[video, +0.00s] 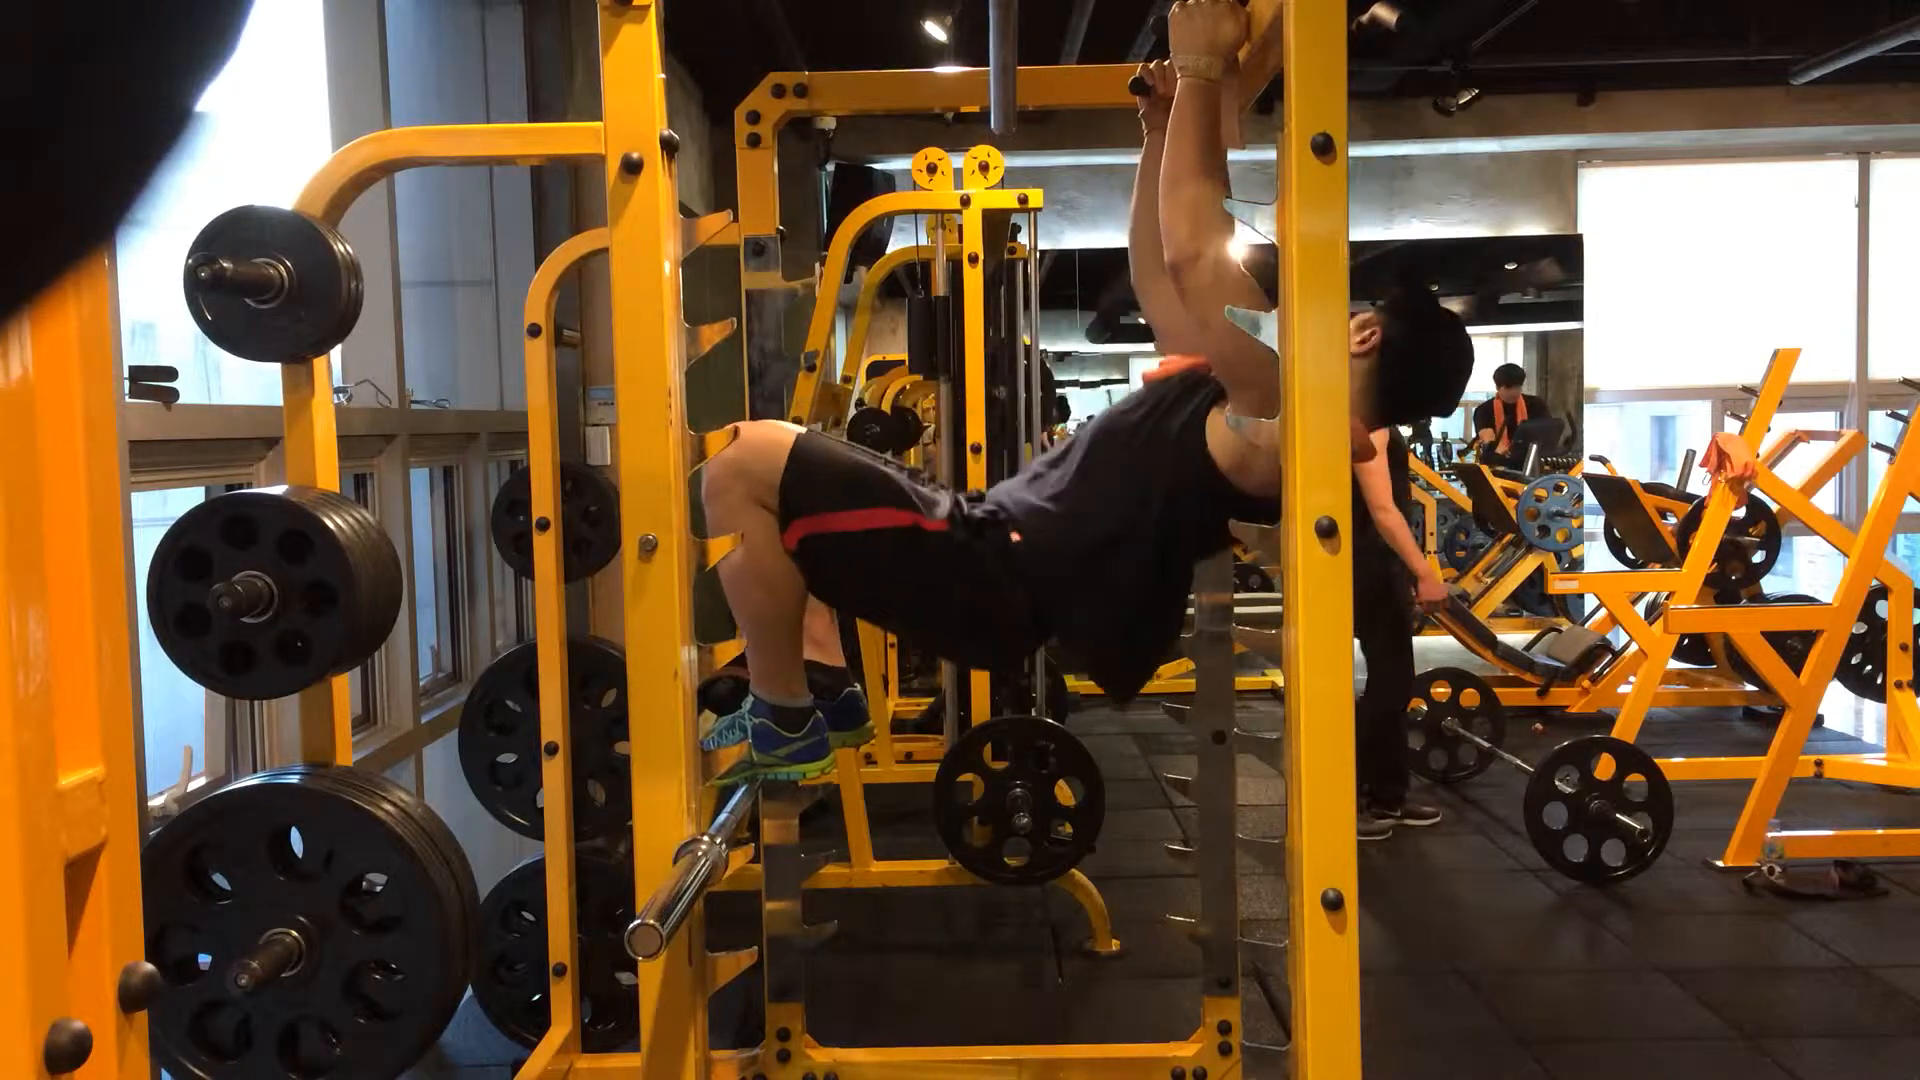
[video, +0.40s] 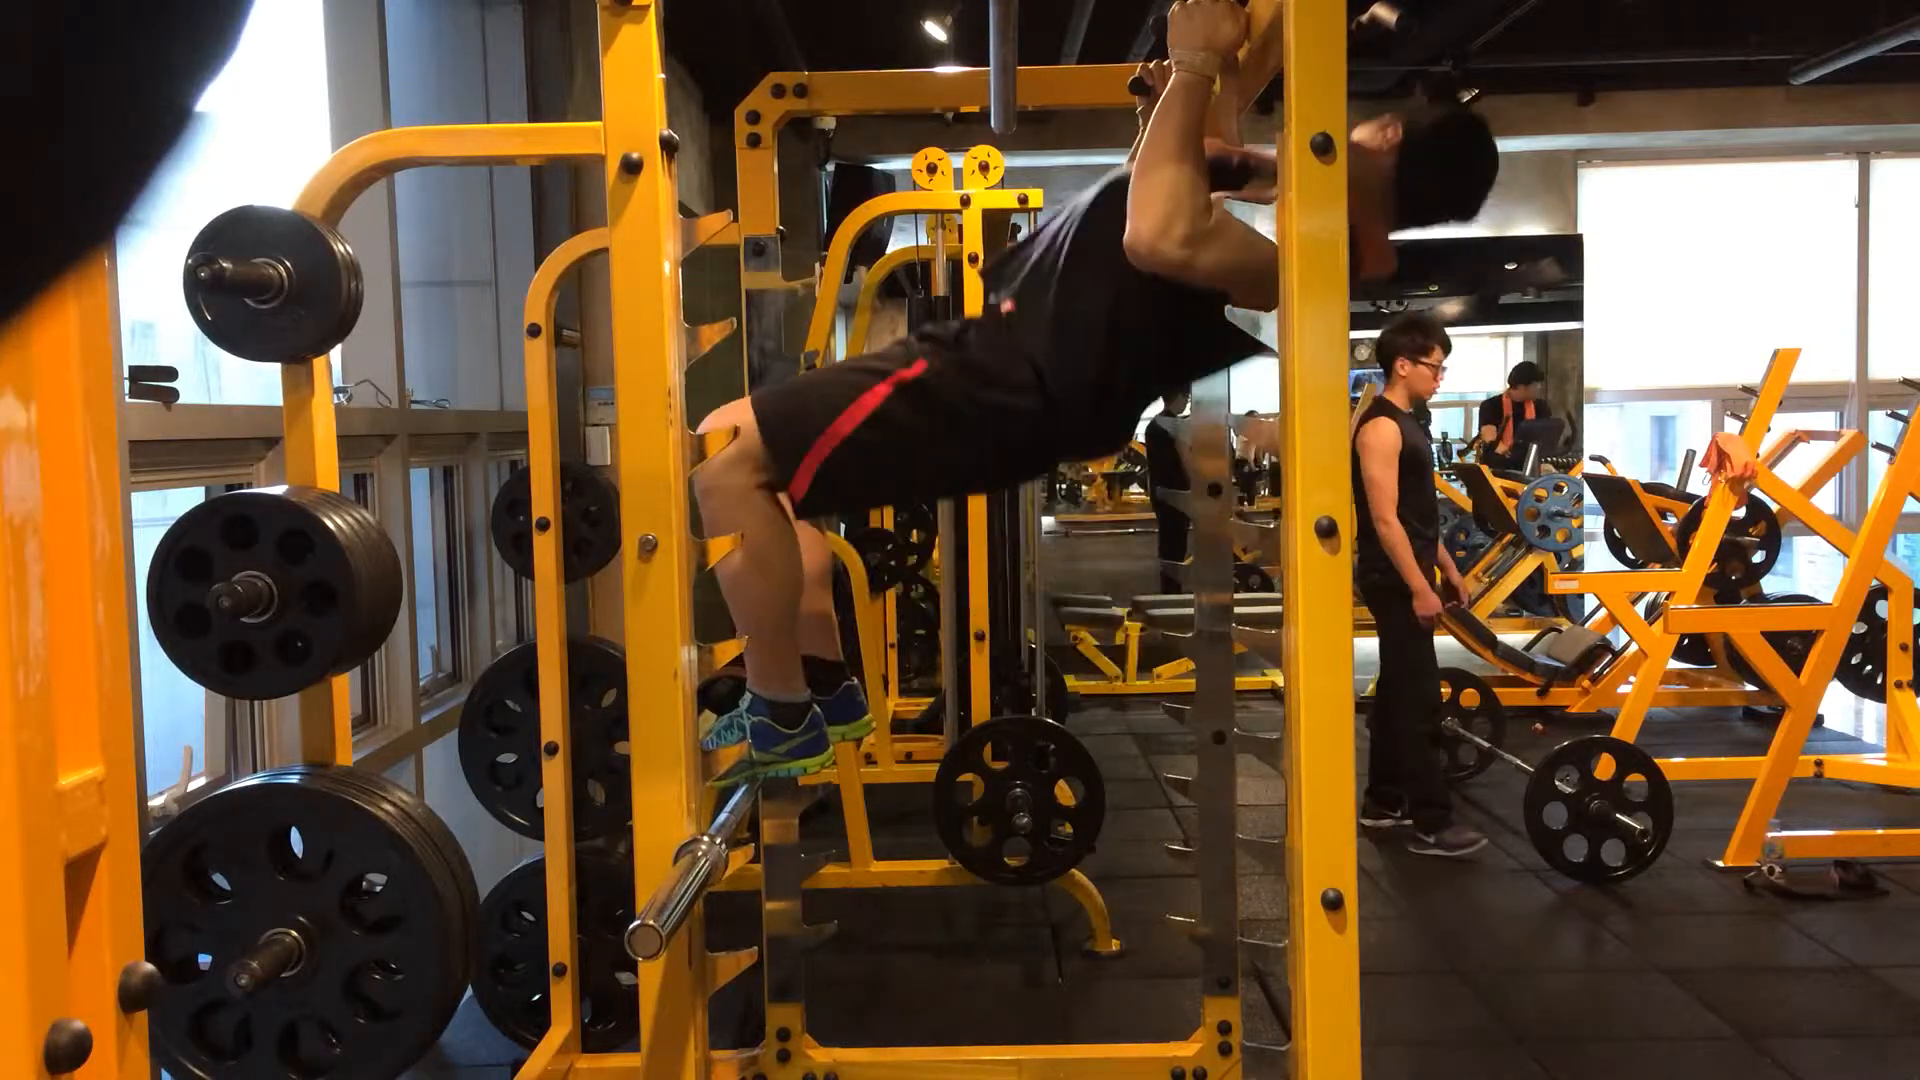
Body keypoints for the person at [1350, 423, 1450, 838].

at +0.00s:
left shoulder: (1374, 424)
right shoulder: (1368, 426)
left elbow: (1382, 509)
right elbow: (1381, 508)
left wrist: (1415, 571)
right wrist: (1424, 572)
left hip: (1381, 565)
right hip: (1370, 565)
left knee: (1393, 679)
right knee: (1388, 680)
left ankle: (1388, 795)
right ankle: (1352, 803)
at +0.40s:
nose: (1440, 377)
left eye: (1441, 367)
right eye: (1434, 366)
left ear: (1408, 368)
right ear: (1403, 365)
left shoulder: (1405, 422)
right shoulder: (1382, 426)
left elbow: (1417, 512)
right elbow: (1383, 519)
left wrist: (1449, 568)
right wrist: (1417, 587)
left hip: (1407, 577)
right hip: (1393, 578)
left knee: (1398, 688)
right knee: (1420, 694)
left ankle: (1385, 799)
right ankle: (1430, 822)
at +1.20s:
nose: (1490, 404)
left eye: (1496, 396)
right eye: (1493, 393)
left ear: (1471, 377)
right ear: (1472, 376)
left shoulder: (1445, 424)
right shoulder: (1430, 429)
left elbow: (1453, 518)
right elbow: (1429, 528)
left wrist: (1482, 571)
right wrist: (1464, 602)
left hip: (1450, 584)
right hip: (1429, 587)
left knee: (1477, 696)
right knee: (1450, 701)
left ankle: (1458, 806)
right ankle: (1434, 827)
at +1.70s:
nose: (1561, 410)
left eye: (1567, 401)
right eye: (1564, 398)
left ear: (1536, 376)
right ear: (1545, 379)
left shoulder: (1489, 418)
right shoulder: (1493, 428)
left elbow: (1484, 524)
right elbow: (1490, 528)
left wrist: (1512, 590)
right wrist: (1525, 599)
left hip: (1475, 582)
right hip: (1473, 585)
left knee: (1505, 704)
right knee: (1488, 703)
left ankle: (1515, 827)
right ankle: (1437, 827)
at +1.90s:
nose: (1583, 415)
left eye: (1589, 407)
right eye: (1588, 405)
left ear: (1566, 381)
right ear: (1572, 385)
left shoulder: (1513, 420)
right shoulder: (1514, 434)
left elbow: (1517, 524)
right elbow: (1512, 538)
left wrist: (1563, 569)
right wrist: (1554, 608)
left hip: (1493, 578)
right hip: (1486, 583)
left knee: (1522, 702)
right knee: (1516, 703)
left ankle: (1498, 821)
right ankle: (1472, 820)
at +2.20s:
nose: (1626, 452)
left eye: (1634, 446)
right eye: (1632, 441)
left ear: (1615, 415)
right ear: (1617, 419)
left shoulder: (1565, 443)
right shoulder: (1552, 455)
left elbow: (1586, 520)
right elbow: (1539, 560)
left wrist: (1631, 568)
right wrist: (1567, 632)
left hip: (1495, 574)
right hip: (1478, 577)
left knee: (1509, 701)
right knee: (1503, 704)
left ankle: (1504, 824)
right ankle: (1494, 838)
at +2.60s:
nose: (1662, 517)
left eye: (1671, 515)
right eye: (1670, 511)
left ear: (1661, 469)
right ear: (1664, 484)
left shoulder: (1606, 446)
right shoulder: (1606, 516)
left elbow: (1616, 539)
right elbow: (1585, 618)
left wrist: (1652, 590)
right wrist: (1594, 697)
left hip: (1471, 551)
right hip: (1483, 570)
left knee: (1501, 700)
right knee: (1501, 705)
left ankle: (1495, 824)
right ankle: (1493, 838)